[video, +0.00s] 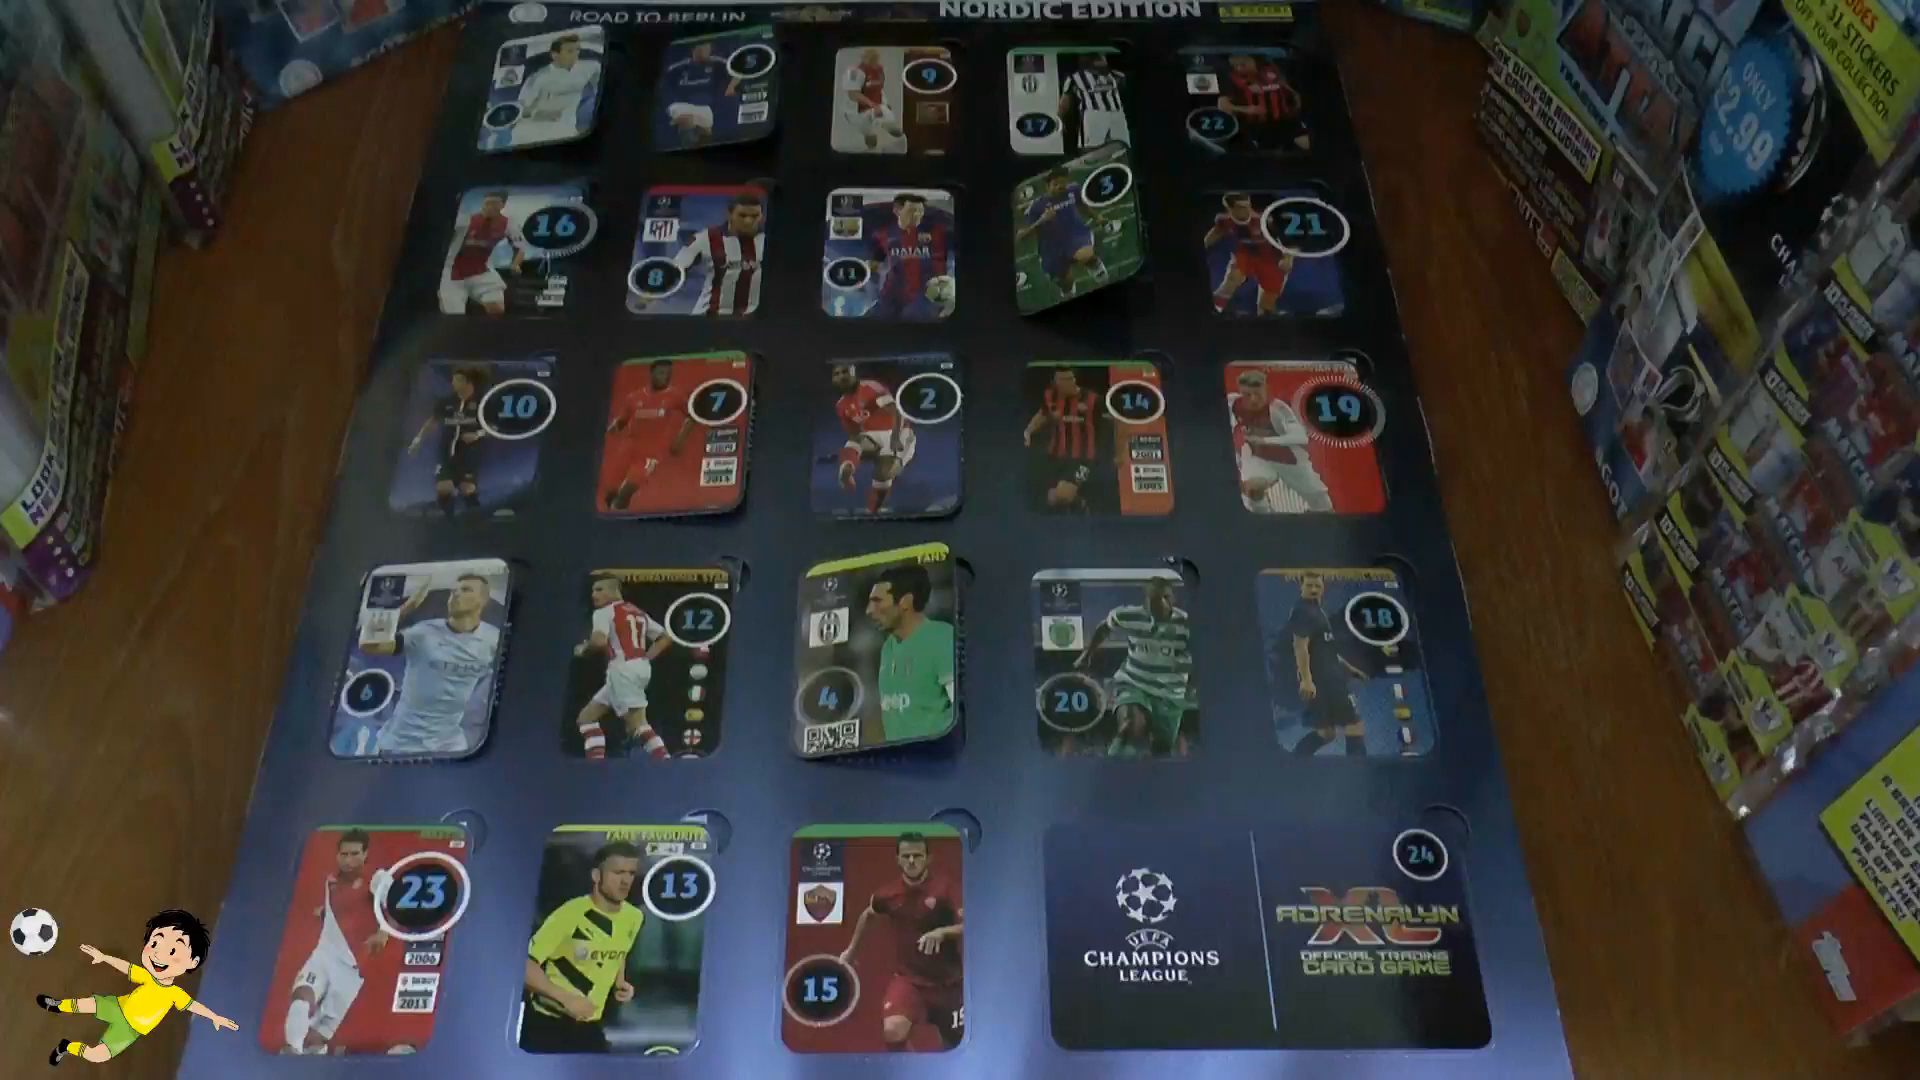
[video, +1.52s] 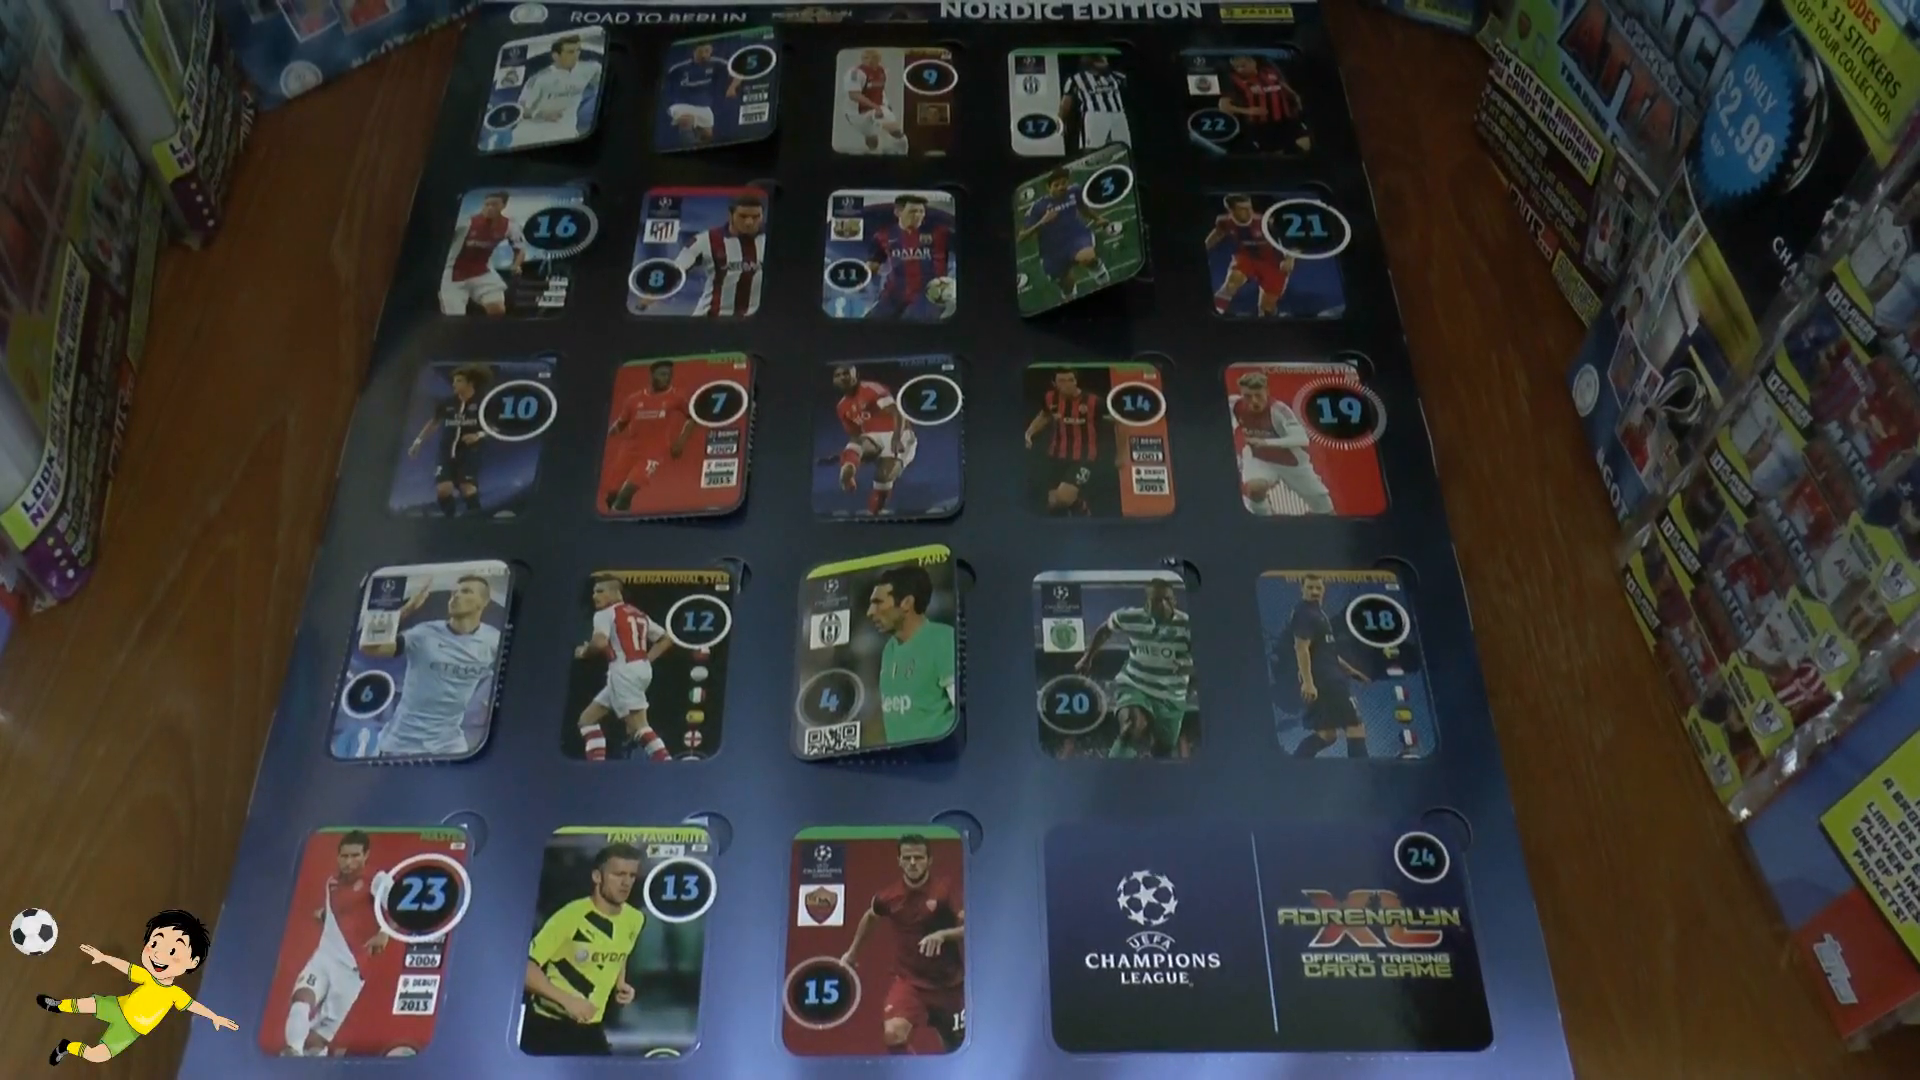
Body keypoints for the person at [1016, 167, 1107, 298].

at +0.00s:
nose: (1059, 188)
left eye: (1062, 184)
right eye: (1055, 185)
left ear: (1067, 183)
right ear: (1048, 186)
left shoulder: (1073, 191)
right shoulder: (1038, 205)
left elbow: (1082, 206)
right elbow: (1022, 235)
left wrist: (1096, 217)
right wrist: (1042, 220)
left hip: (1076, 235)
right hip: (1052, 249)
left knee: (1085, 256)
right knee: (1065, 281)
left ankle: (1095, 266)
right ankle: (1068, 293)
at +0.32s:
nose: (1060, 187)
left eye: (1063, 182)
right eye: (1055, 184)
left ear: (1067, 182)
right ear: (1048, 186)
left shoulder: (1074, 191)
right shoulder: (1038, 205)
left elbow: (1082, 206)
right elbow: (1022, 234)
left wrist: (1096, 217)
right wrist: (1042, 219)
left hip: (1075, 234)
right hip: (1052, 247)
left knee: (1084, 256)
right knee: (1065, 279)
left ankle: (1096, 266)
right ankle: (1068, 292)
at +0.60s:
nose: (1060, 186)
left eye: (1063, 182)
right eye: (1056, 183)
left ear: (1067, 182)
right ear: (1049, 186)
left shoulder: (1074, 191)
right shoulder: (1039, 204)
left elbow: (1083, 206)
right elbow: (1021, 234)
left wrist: (1097, 217)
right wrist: (1042, 220)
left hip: (1075, 234)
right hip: (1052, 247)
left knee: (1086, 256)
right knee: (1066, 281)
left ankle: (1096, 266)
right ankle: (1069, 292)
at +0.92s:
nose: (1060, 186)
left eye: (1062, 182)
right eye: (1056, 184)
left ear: (1067, 182)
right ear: (1049, 186)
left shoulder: (1074, 191)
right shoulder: (1038, 204)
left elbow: (1083, 205)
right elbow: (1021, 235)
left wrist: (1096, 217)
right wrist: (1042, 220)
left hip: (1076, 235)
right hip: (1052, 248)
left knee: (1086, 256)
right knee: (1066, 283)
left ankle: (1096, 266)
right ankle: (1069, 293)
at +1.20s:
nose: (1060, 186)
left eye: (1062, 182)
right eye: (1055, 184)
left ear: (1067, 182)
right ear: (1048, 186)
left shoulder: (1074, 191)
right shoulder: (1038, 204)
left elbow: (1082, 205)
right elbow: (1021, 235)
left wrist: (1096, 216)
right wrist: (1042, 219)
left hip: (1076, 235)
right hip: (1052, 248)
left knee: (1086, 256)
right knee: (1066, 283)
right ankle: (1068, 294)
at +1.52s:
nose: (1061, 188)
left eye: (1063, 184)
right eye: (1056, 185)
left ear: (1068, 183)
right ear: (1049, 188)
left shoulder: (1075, 193)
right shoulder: (1039, 206)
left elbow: (1083, 207)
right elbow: (1022, 237)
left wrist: (1097, 218)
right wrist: (1043, 221)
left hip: (1077, 237)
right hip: (1053, 250)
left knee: (1087, 258)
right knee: (1067, 285)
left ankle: (1097, 270)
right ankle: (1069, 295)